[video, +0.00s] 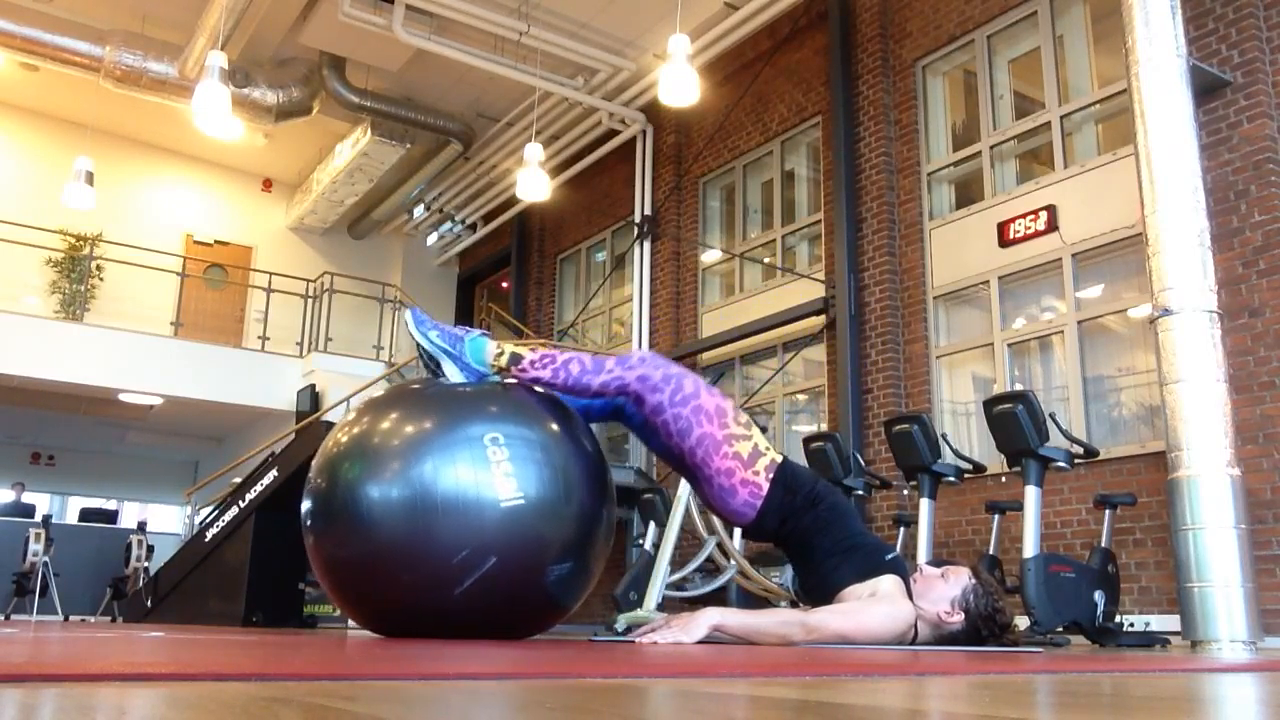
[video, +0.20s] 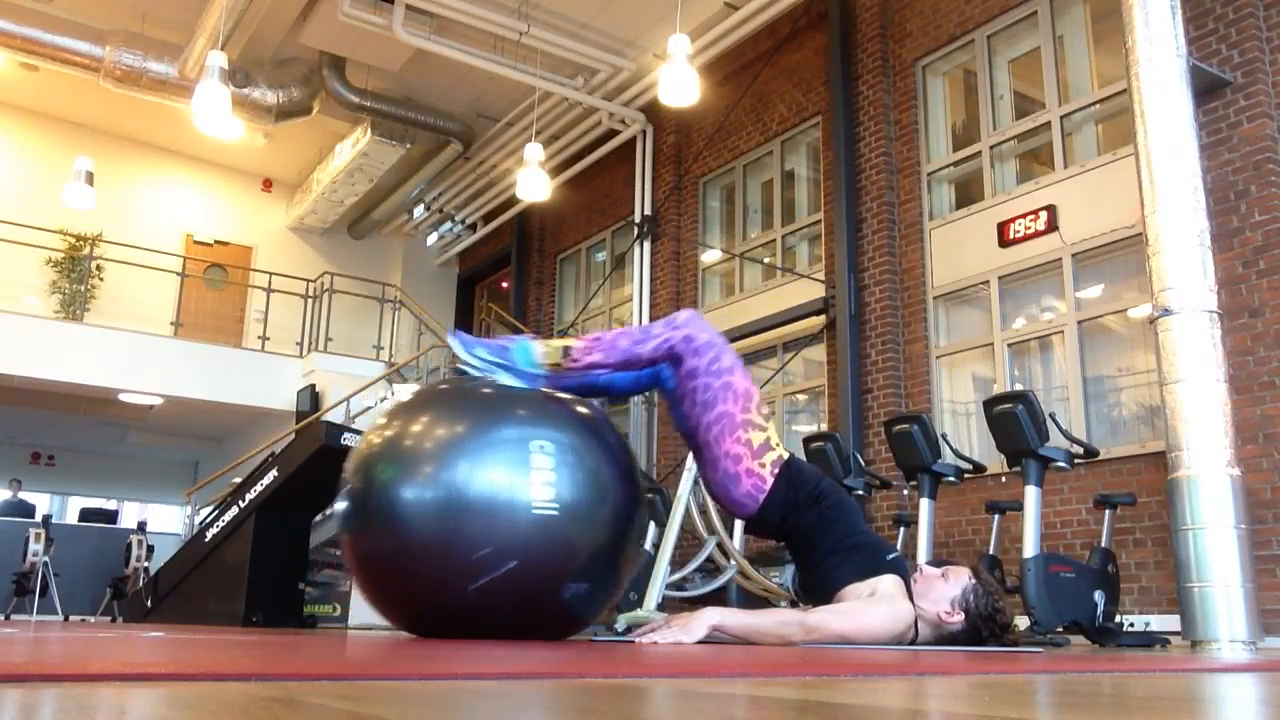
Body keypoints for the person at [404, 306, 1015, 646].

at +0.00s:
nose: (936, 569)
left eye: (949, 581)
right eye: (949, 569)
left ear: (946, 616)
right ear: (942, 595)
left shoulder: (895, 609)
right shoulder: (891, 592)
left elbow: (804, 627)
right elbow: (802, 622)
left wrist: (709, 619)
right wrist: (713, 621)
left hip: (756, 488)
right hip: (766, 475)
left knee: (644, 372)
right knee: (650, 372)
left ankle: (487, 358)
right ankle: (512, 379)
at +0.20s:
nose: (935, 569)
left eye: (947, 580)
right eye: (948, 568)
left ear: (943, 615)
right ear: (943, 604)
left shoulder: (892, 609)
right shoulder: (891, 595)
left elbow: (805, 628)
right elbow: (803, 622)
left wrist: (709, 620)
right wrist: (712, 621)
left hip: (755, 480)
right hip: (767, 473)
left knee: (688, 327)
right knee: (690, 339)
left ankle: (535, 362)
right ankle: (559, 383)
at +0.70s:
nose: (928, 568)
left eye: (942, 576)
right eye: (943, 567)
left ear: (949, 614)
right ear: (948, 613)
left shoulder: (895, 615)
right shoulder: (909, 608)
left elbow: (803, 627)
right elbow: (802, 625)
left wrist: (711, 621)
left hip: (791, 458)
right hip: (812, 465)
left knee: (861, 304)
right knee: (854, 319)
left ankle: (719, 367)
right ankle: (721, 372)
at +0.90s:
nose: (930, 569)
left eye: (943, 577)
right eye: (944, 568)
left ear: (948, 614)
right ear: (947, 613)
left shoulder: (894, 615)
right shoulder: (909, 609)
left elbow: (802, 628)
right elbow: (803, 625)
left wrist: (710, 621)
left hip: (790, 459)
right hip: (812, 465)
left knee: (852, 306)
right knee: (851, 308)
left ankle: (712, 369)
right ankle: (721, 370)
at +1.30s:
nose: (943, 567)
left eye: (952, 578)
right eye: (958, 570)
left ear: (946, 613)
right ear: (948, 602)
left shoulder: (889, 614)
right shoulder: (896, 598)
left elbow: (795, 629)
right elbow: (798, 627)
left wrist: (709, 620)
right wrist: (714, 622)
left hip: (766, 479)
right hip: (784, 472)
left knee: (719, 319)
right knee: (724, 327)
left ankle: (578, 363)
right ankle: (590, 373)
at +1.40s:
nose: (937, 569)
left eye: (948, 581)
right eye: (950, 569)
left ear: (945, 615)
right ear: (945, 603)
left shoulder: (891, 610)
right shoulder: (894, 595)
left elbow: (808, 628)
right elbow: (808, 621)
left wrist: (711, 618)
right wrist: (720, 620)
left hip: (762, 479)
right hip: (779, 470)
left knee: (688, 329)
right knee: (694, 335)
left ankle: (550, 364)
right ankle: (563, 370)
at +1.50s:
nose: (938, 569)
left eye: (949, 581)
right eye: (951, 571)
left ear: (945, 616)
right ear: (945, 606)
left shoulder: (891, 610)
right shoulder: (893, 594)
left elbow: (804, 627)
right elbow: (804, 621)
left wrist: (709, 619)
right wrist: (716, 621)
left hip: (753, 480)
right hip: (771, 468)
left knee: (667, 342)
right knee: (673, 345)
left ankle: (520, 362)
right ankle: (537, 365)